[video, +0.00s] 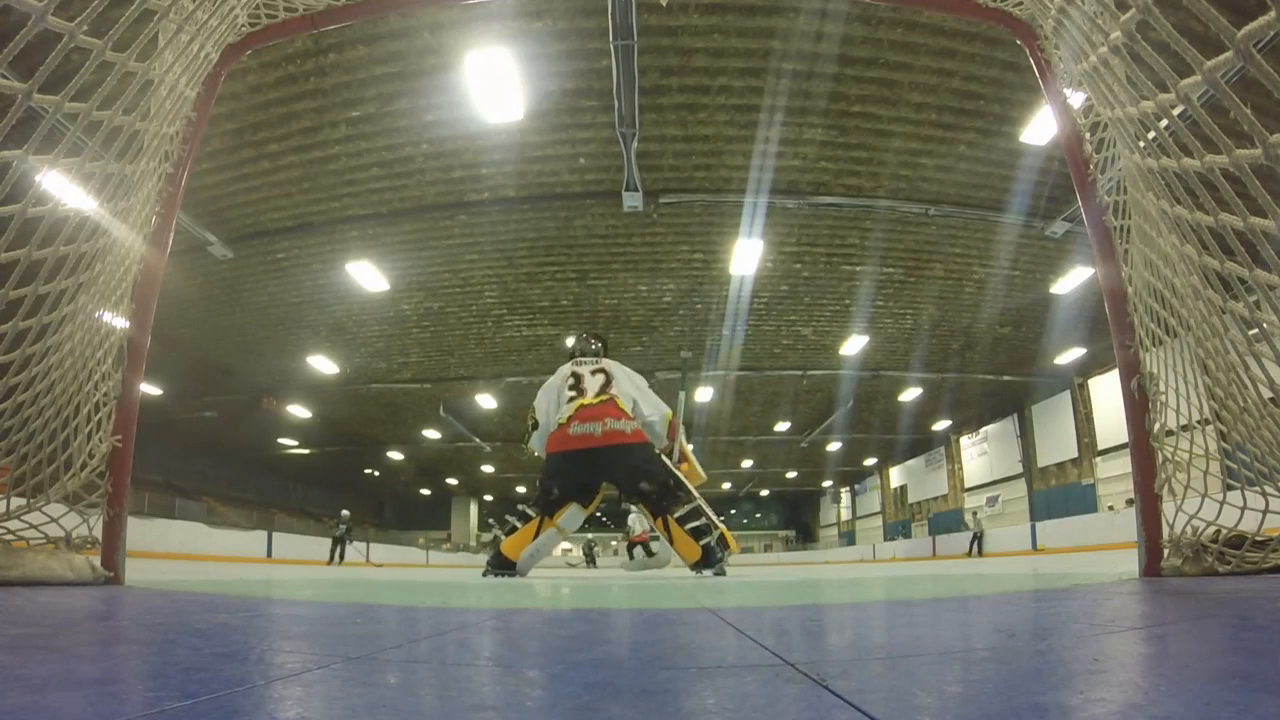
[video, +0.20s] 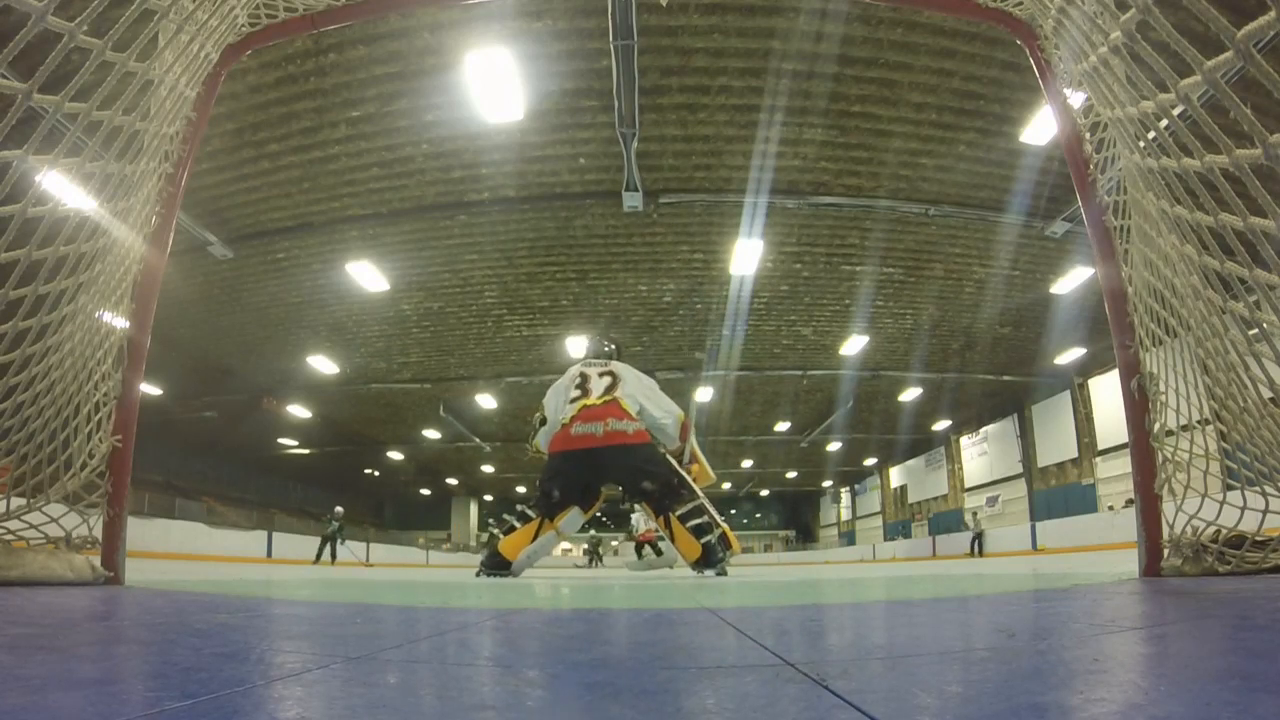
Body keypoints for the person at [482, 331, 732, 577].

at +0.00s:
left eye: (579, 351)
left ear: (572, 354)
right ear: (602, 352)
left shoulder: (554, 380)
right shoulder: (620, 370)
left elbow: (538, 435)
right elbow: (656, 413)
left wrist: (548, 456)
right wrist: (669, 446)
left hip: (567, 449)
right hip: (623, 443)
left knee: (548, 509)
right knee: (665, 499)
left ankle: (502, 563)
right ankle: (708, 557)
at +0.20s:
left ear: (585, 356)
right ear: (614, 356)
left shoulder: (563, 380)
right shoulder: (628, 373)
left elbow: (546, 430)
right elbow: (673, 417)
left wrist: (548, 453)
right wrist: (676, 451)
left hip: (569, 449)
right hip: (627, 444)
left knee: (548, 511)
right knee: (670, 499)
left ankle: (496, 564)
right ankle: (709, 556)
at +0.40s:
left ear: (596, 356)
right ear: (629, 355)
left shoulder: (579, 379)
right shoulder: (646, 371)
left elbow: (565, 427)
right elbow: (689, 413)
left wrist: (550, 439)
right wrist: (692, 448)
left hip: (592, 442)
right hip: (651, 440)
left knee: (561, 504)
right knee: (678, 493)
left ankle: (506, 554)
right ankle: (714, 550)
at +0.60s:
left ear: (599, 360)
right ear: (629, 359)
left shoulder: (582, 376)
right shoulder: (646, 374)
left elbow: (560, 422)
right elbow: (690, 412)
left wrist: (555, 451)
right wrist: (693, 452)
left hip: (591, 440)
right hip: (654, 438)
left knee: (567, 503)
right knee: (677, 497)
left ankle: (523, 555)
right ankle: (720, 553)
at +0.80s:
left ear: (587, 358)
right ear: (618, 356)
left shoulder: (567, 378)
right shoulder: (634, 369)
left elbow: (547, 433)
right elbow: (679, 406)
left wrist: (555, 461)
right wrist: (691, 451)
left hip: (576, 438)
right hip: (639, 433)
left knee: (560, 500)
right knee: (674, 495)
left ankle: (512, 551)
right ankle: (720, 552)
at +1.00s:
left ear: (596, 354)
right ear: (628, 352)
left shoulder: (577, 374)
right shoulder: (644, 365)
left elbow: (555, 436)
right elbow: (691, 403)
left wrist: (558, 454)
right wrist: (701, 441)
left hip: (587, 439)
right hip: (652, 435)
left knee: (559, 501)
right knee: (684, 491)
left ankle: (508, 554)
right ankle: (724, 552)